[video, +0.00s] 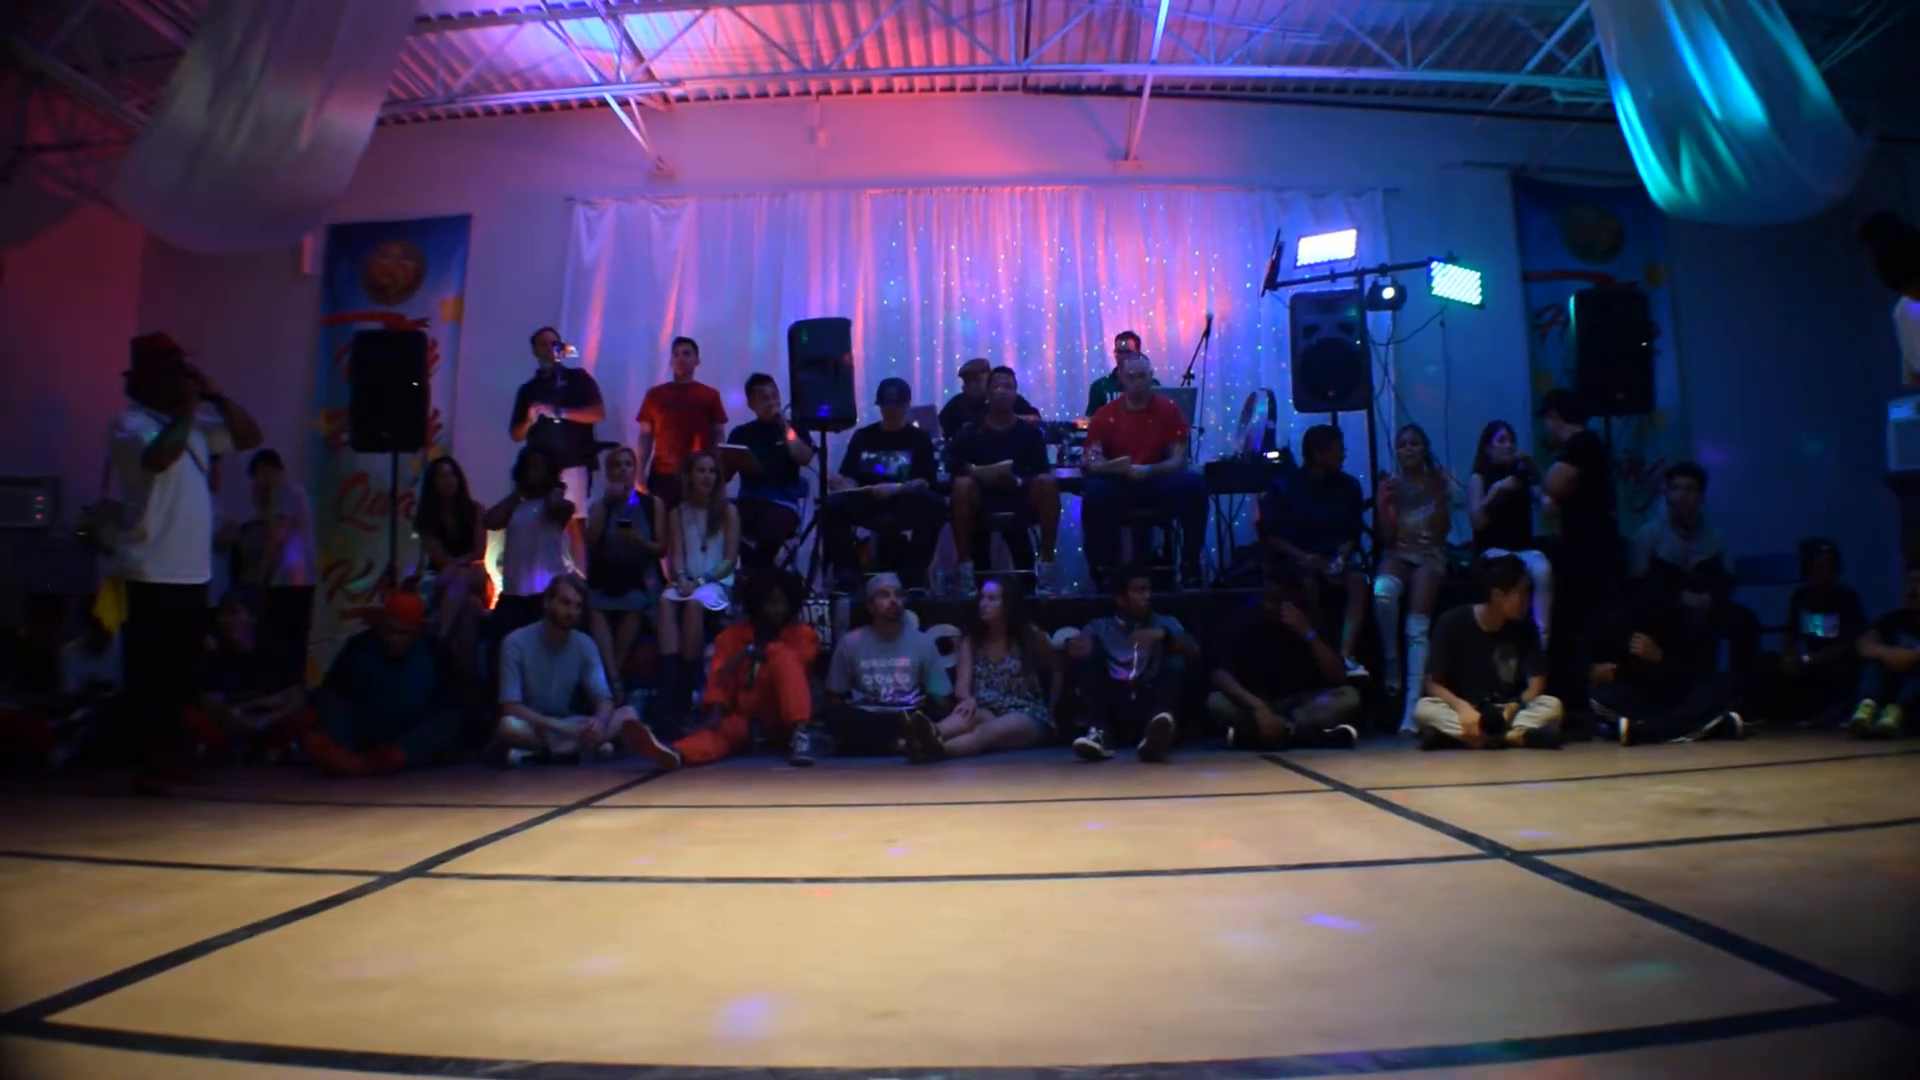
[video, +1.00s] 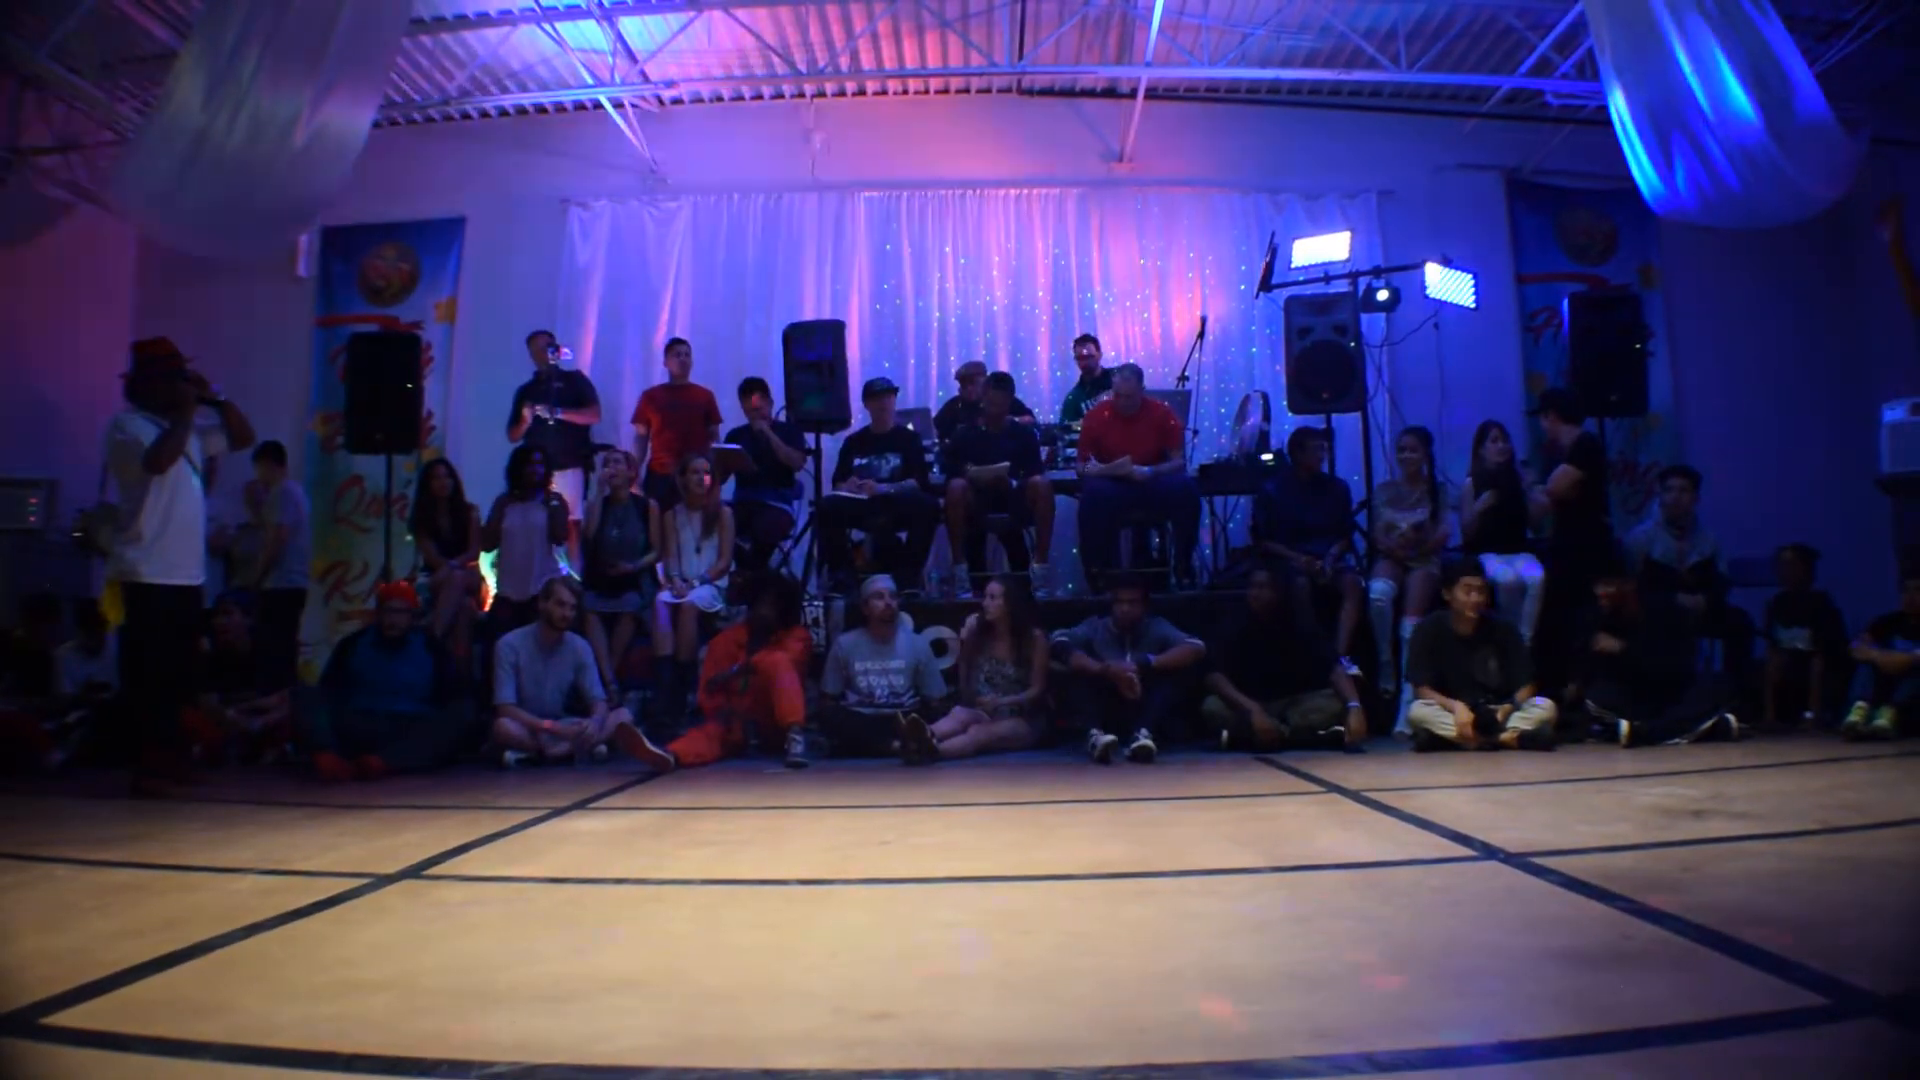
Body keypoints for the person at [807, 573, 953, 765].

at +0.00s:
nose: (894, 602)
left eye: (898, 595)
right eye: (885, 596)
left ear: (903, 600)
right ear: (870, 605)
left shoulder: (922, 643)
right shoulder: (851, 643)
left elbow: (940, 699)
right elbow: (834, 698)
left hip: (909, 715)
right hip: (866, 715)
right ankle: (900, 744)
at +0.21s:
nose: (890, 602)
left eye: (894, 596)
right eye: (882, 596)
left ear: (900, 601)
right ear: (867, 605)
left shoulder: (919, 644)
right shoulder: (847, 644)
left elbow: (938, 701)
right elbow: (831, 699)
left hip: (907, 715)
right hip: (863, 716)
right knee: (833, 718)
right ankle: (896, 744)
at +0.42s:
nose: (889, 602)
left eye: (893, 596)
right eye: (880, 597)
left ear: (899, 602)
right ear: (866, 605)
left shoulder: (918, 644)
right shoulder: (846, 644)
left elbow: (936, 701)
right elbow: (830, 698)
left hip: (907, 714)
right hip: (862, 716)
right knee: (832, 717)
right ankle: (895, 745)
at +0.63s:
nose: (888, 603)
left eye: (892, 597)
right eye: (880, 597)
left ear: (898, 602)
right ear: (866, 606)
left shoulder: (917, 644)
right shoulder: (845, 645)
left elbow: (934, 700)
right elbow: (829, 698)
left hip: (905, 714)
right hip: (861, 716)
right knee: (831, 717)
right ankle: (893, 745)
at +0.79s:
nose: (888, 603)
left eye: (892, 597)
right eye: (879, 597)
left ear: (898, 602)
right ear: (865, 606)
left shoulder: (917, 644)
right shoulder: (846, 645)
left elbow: (936, 700)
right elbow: (829, 699)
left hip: (906, 715)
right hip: (860, 717)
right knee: (830, 716)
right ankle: (894, 745)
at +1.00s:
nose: (888, 603)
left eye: (892, 597)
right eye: (879, 597)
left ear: (898, 602)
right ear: (865, 606)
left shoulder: (916, 645)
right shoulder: (845, 645)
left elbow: (936, 701)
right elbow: (829, 699)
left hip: (905, 715)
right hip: (860, 716)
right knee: (830, 717)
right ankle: (892, 745)